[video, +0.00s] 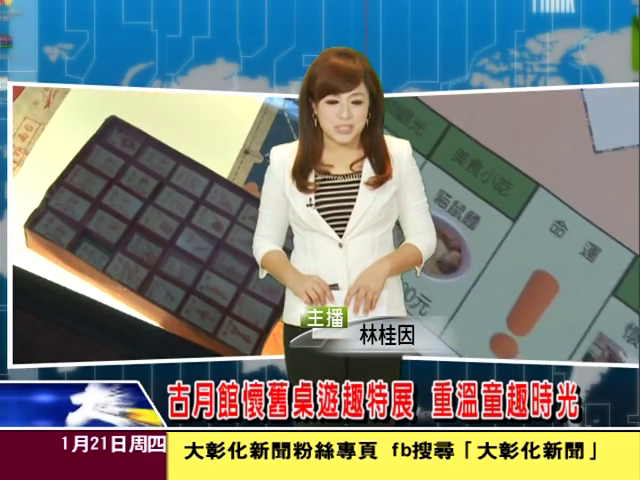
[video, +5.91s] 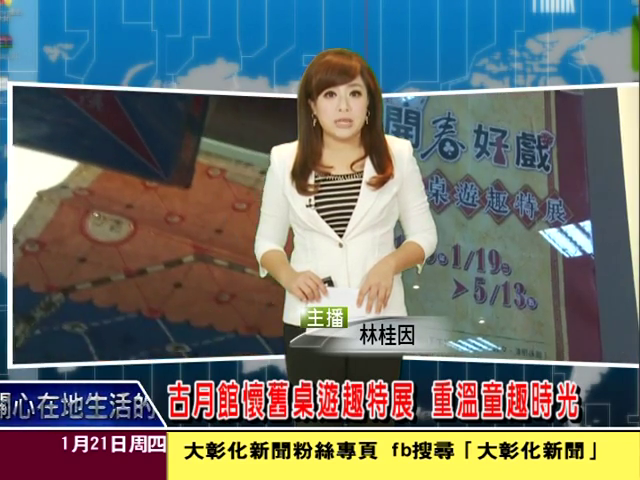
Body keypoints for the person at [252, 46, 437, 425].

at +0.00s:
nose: (345, 115)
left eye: (357, 102)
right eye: (332, 103)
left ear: (371, 105)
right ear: (312, 107)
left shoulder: (395, 156)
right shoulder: (285, 161)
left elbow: (424, 239)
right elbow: (265, 243)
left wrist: (382, 267)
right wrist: (296, 279)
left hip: (378, 325)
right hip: (308, 324)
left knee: (377, 440)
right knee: (315, 439)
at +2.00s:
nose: (343, 105)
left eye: (355, 94)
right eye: (330, 94)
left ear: (370, 103)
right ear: (312, 104)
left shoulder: (395, 155)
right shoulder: (286, 159)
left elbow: (423, 237)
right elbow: (268, 242)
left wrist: (388, 265)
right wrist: (289, 274)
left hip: (377, 325)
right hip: (308, 323)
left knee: (375, 441)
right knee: (314, 440)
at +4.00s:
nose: (343, 104)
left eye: (354, 92)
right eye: (330, 94)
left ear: (369, 101)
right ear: (311, 105)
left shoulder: (395, 155)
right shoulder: (286, 160)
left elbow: (424, 236)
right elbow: (265, 242)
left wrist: (389, 264)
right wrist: (289, 276)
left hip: (377, 325)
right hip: (308, 324)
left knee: (376, 441)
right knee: (313, 440)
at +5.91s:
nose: (344, 106)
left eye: (355, 94)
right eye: (330, 95)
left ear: (369, 102)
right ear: (311, 105)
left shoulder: (396, 155)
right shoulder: (287, 160)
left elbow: (424, 236)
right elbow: (267, 242)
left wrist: (389, 264)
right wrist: (290, 276)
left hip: (378, 324)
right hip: (309, 322)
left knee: (376, 438)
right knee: (314, 437)